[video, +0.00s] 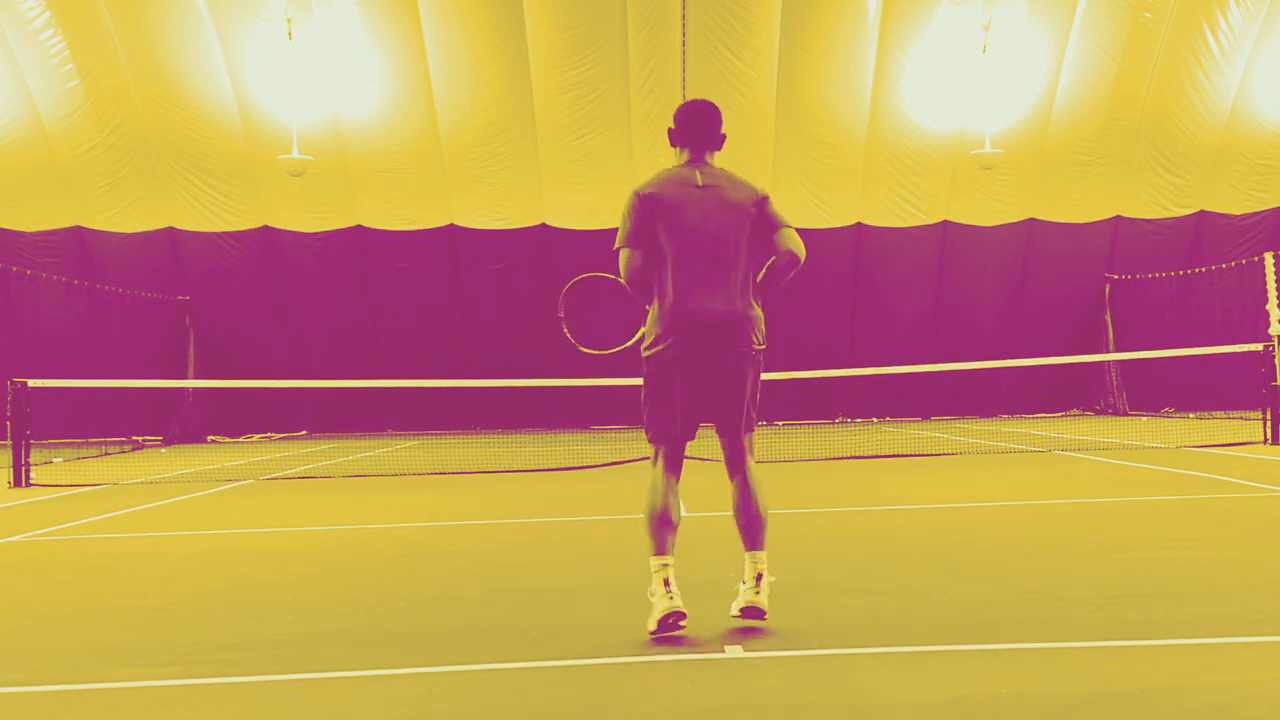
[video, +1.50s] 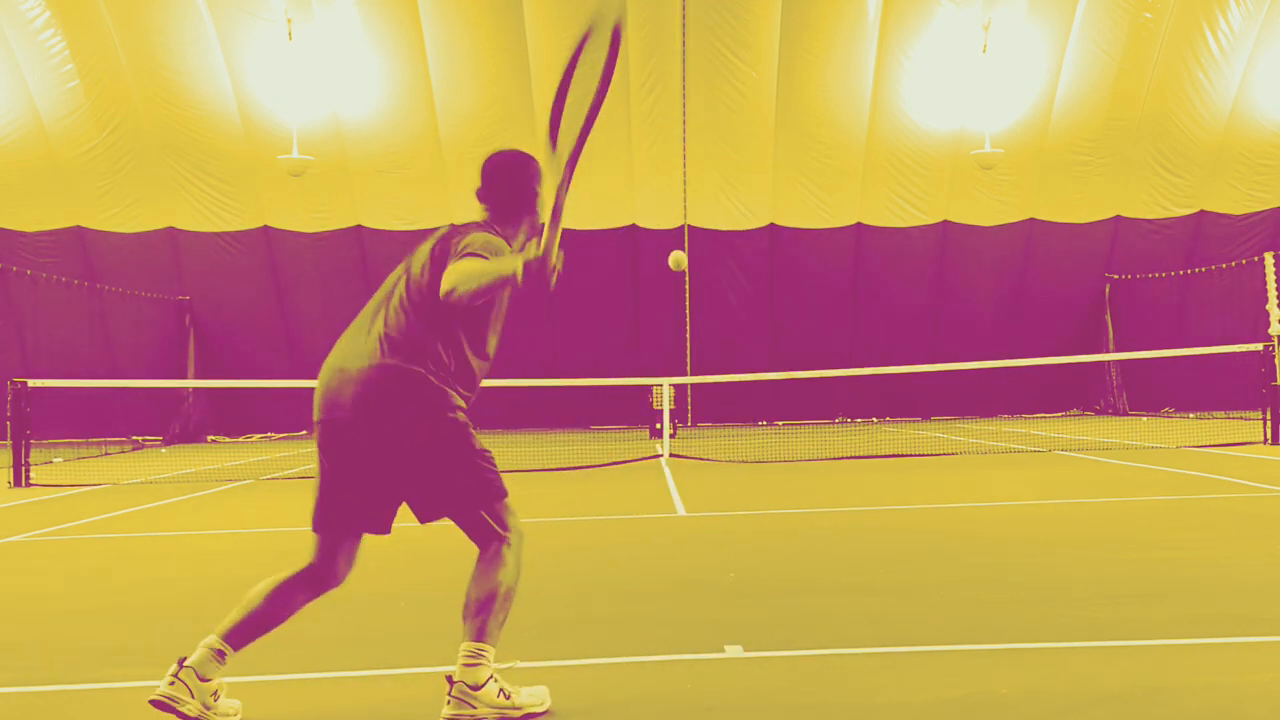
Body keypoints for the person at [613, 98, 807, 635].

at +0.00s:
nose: (692, 149)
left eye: (681, 137)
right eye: (711, 140)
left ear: (673, 140)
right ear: (721, 142)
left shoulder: (647, 196)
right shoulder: (750, 195)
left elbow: (632, 275)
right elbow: (793, 252)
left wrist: (661, 295)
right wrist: (755, 291)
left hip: (673, 340)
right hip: (736, 338)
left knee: (666, 464)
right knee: (741, 461)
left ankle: (664, 590)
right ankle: (756, 583)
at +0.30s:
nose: (718, 168)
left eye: (697, 157)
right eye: (726, 158)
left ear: (682, 158)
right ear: (731, 161)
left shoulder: (648, 213)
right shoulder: (750, 218)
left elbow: (629, 297)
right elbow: (789, 288)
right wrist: (746, 321)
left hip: (665, 358)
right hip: (727, 358)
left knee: (645, 478)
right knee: (728, 480)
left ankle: (633, 587)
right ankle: (748, 598)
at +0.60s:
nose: (676, 180)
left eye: (659, 169)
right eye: (685, 170)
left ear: (642, 173)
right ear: (692, 174)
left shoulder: (609, 232)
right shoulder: (719, 236)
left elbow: (600, 324)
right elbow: (743, 320)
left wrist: (636, 357)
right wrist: (696, 343)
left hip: (630, 378)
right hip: (700, 376)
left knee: (619, 497)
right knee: (709, 491)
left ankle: (576, 575)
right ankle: (733, 603)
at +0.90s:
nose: (626, 165)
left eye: (621, 155)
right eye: (627, 156)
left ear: (575, 158)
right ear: (625, 158)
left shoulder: (541, 213)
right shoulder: (628, 214)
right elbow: (657, 309)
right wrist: (653, 345)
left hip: (526, 368)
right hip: (589, 363)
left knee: (582, 504)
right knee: (647, 488)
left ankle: (543, 637)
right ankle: (630, 620)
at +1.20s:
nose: (591, 148)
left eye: (588, 138)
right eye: (590, 138)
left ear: (537, 134)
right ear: (587, 137)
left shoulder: (509, 178)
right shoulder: (564, 182)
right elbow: (639, 220)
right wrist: (697, 193)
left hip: (428, 350)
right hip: (488, 357)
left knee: (455, 501)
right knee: (531, 510)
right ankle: (486, 662)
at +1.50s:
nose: (543, 213)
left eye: (543, 202)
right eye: (542, 202)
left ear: (481, 199)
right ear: (532, 205)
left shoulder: (445, 241)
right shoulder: (487, 241)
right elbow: (453, 285)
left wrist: (532, 271)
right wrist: (522, 262)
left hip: (337, 389)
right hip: (403, 389)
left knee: (329, 566)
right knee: (503, 535)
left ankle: (197, 670)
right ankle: (474, 678)